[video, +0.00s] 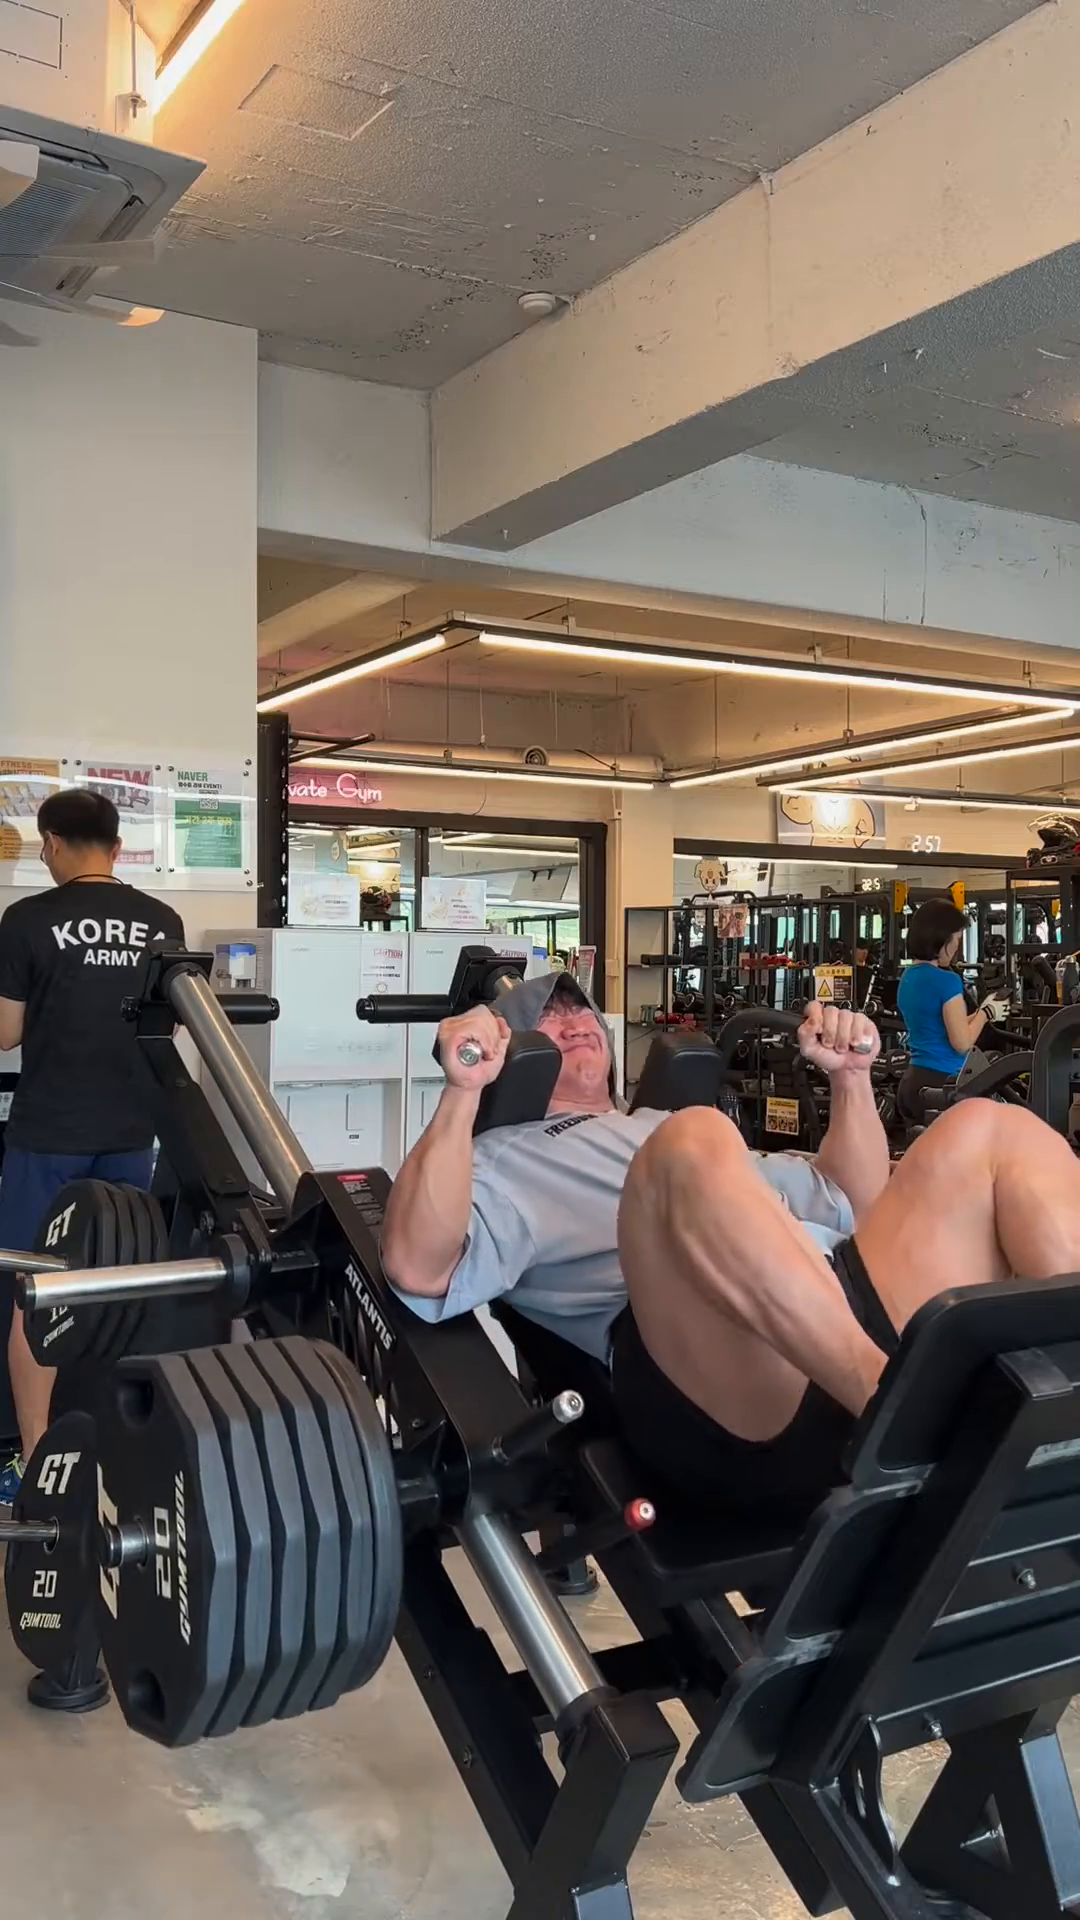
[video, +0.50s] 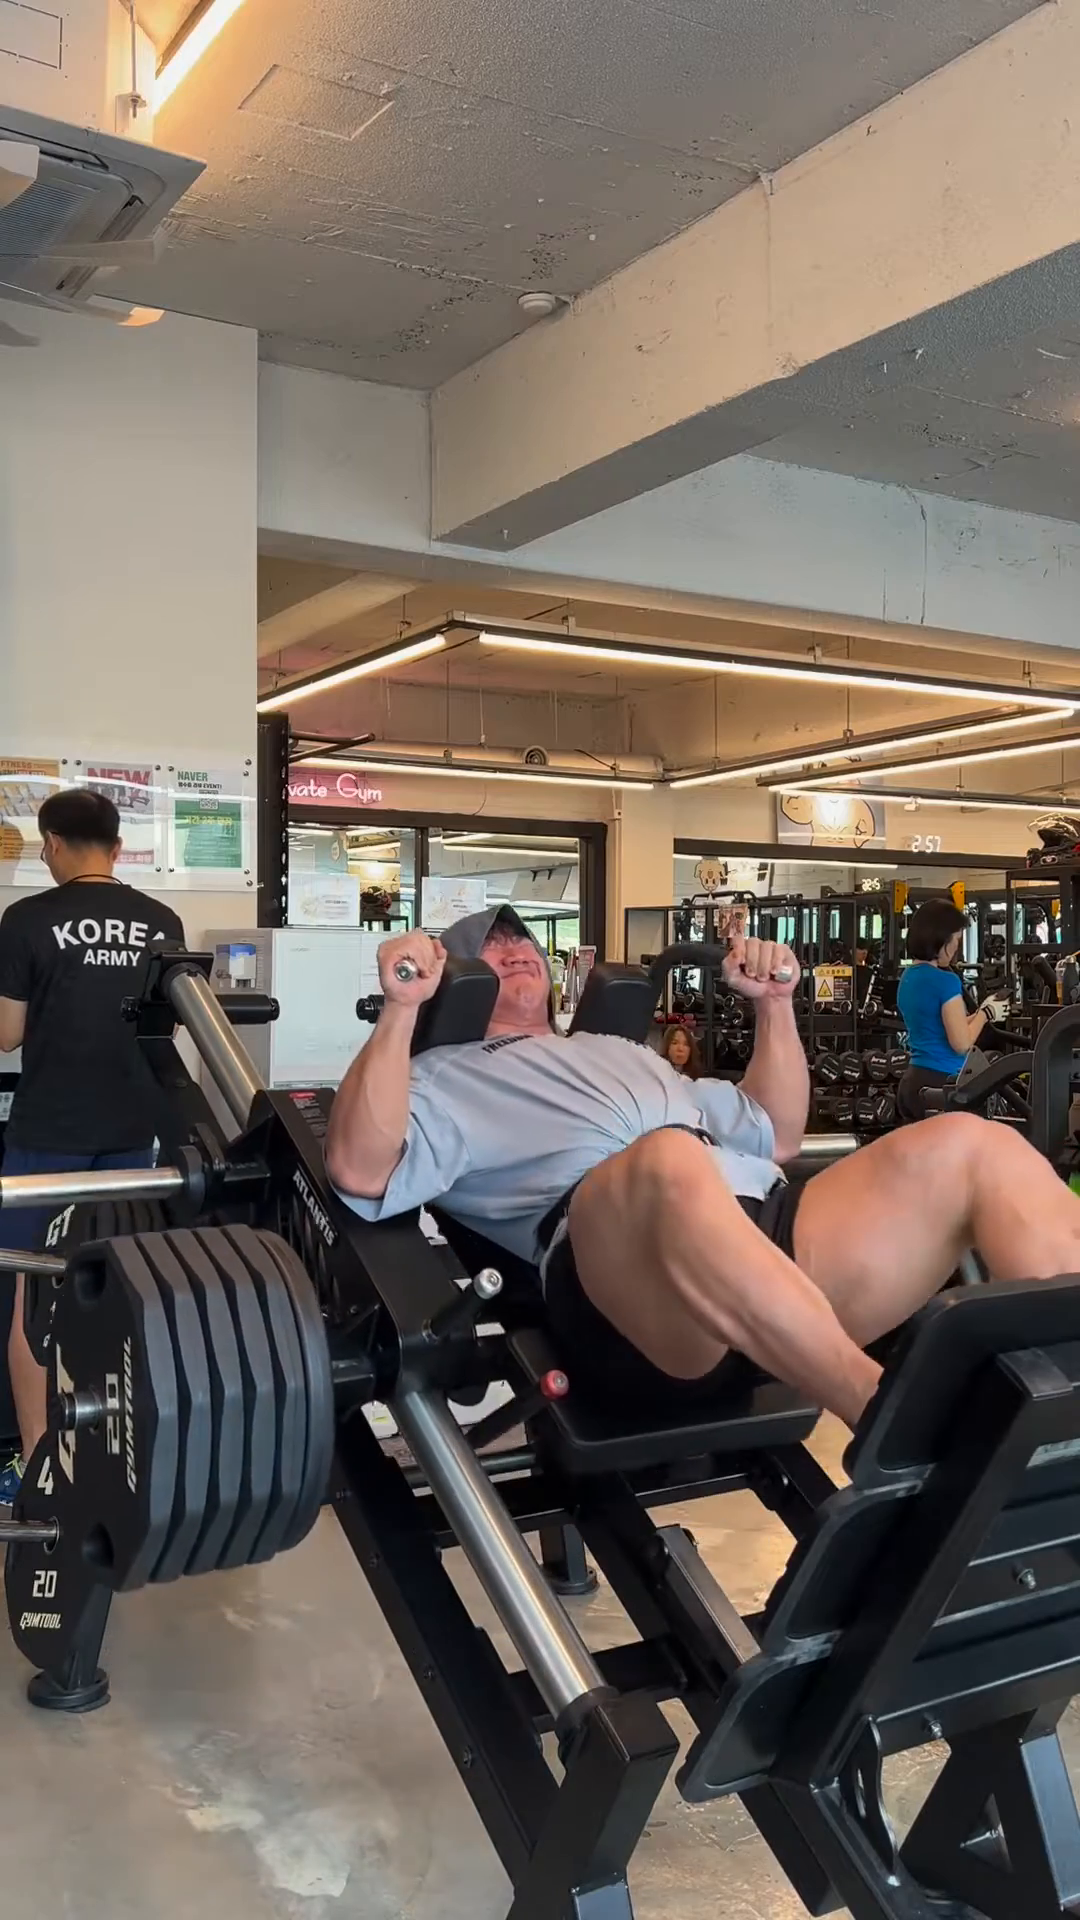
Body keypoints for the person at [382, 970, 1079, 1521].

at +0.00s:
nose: (578, 1024)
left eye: (585, 1011)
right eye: (550, 1014)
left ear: (607, 1044)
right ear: (503, 1054)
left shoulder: (666, 1131)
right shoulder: (504, 1166)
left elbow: (850, 1207)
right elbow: (417, 1270)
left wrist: (848, 1083)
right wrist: (464, 1092)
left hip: (864, 1381)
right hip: (713, 1430)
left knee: (990, 1133)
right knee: (692, 1138)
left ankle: (1071, 1380)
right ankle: (892, 1403)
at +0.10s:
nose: (566, 1009)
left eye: (572, 994)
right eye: (541, 996)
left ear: (595, 1025)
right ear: (494, 1035)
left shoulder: (656, 1113)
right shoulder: (491, 1152)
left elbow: (837, 1197)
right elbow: (405, 1252)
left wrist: (835, 1070)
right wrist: (452, 1076)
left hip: (849, 1351)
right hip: (702, 1411)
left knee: (989, 1132)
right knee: (689, 1137)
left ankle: (1072, 1371)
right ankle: (885, 1403)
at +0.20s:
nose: (555, 995)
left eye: (561, 984)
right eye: (531, 986)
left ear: (583, 1014)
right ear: (486, 1025)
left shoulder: (657, 1100)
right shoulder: (480, 1137)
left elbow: (824, 1183)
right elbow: (395, 1233)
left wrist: (821, 1057)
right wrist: (441, 1059)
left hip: (829, 1325)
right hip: (684, 1386)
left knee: (995, 1136)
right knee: (683, 1144)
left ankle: (1070, 1379)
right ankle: (886, 1404)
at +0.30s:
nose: (544, 980)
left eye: (552, 972)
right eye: (521, 975)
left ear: (576, 1003)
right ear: (486, 1018)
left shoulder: (646, 1084)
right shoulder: (470, 1120)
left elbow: (808, 1167)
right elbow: (385, 1215)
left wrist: (806, 1038)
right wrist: (427, 1047)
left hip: (811, 1307)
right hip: (667, 1367)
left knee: (994, 1137)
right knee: (682, 1150)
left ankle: (1074, 1377)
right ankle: (894, 1414)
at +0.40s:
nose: (536, 972)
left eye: (540, 962)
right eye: (514, 966)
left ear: (560, 989)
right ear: (476, 1004)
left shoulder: (635, 1071)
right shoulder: (458, 1102)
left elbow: (792, 1150)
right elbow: (372, 1195)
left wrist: (792, 1023)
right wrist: (414, 1028)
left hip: (797, 1279)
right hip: (650, 1331)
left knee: (986, 1142)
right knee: (676, 1154)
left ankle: (1075, 1373)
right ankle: (893, 1418)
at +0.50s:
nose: (516, 958)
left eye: (526, 948)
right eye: (493, 951)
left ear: (552, 974)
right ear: (460, 992)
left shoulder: (624, 1057)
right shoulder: (442, 1078)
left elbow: (774, 1135)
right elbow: (358, 1170)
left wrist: (774, 1009)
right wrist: (399, 1011)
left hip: (776, 1253)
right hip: (623, 1308)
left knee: (976, 1149)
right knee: (667, 1166)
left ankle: (1072, 1382)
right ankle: (896, 1424)